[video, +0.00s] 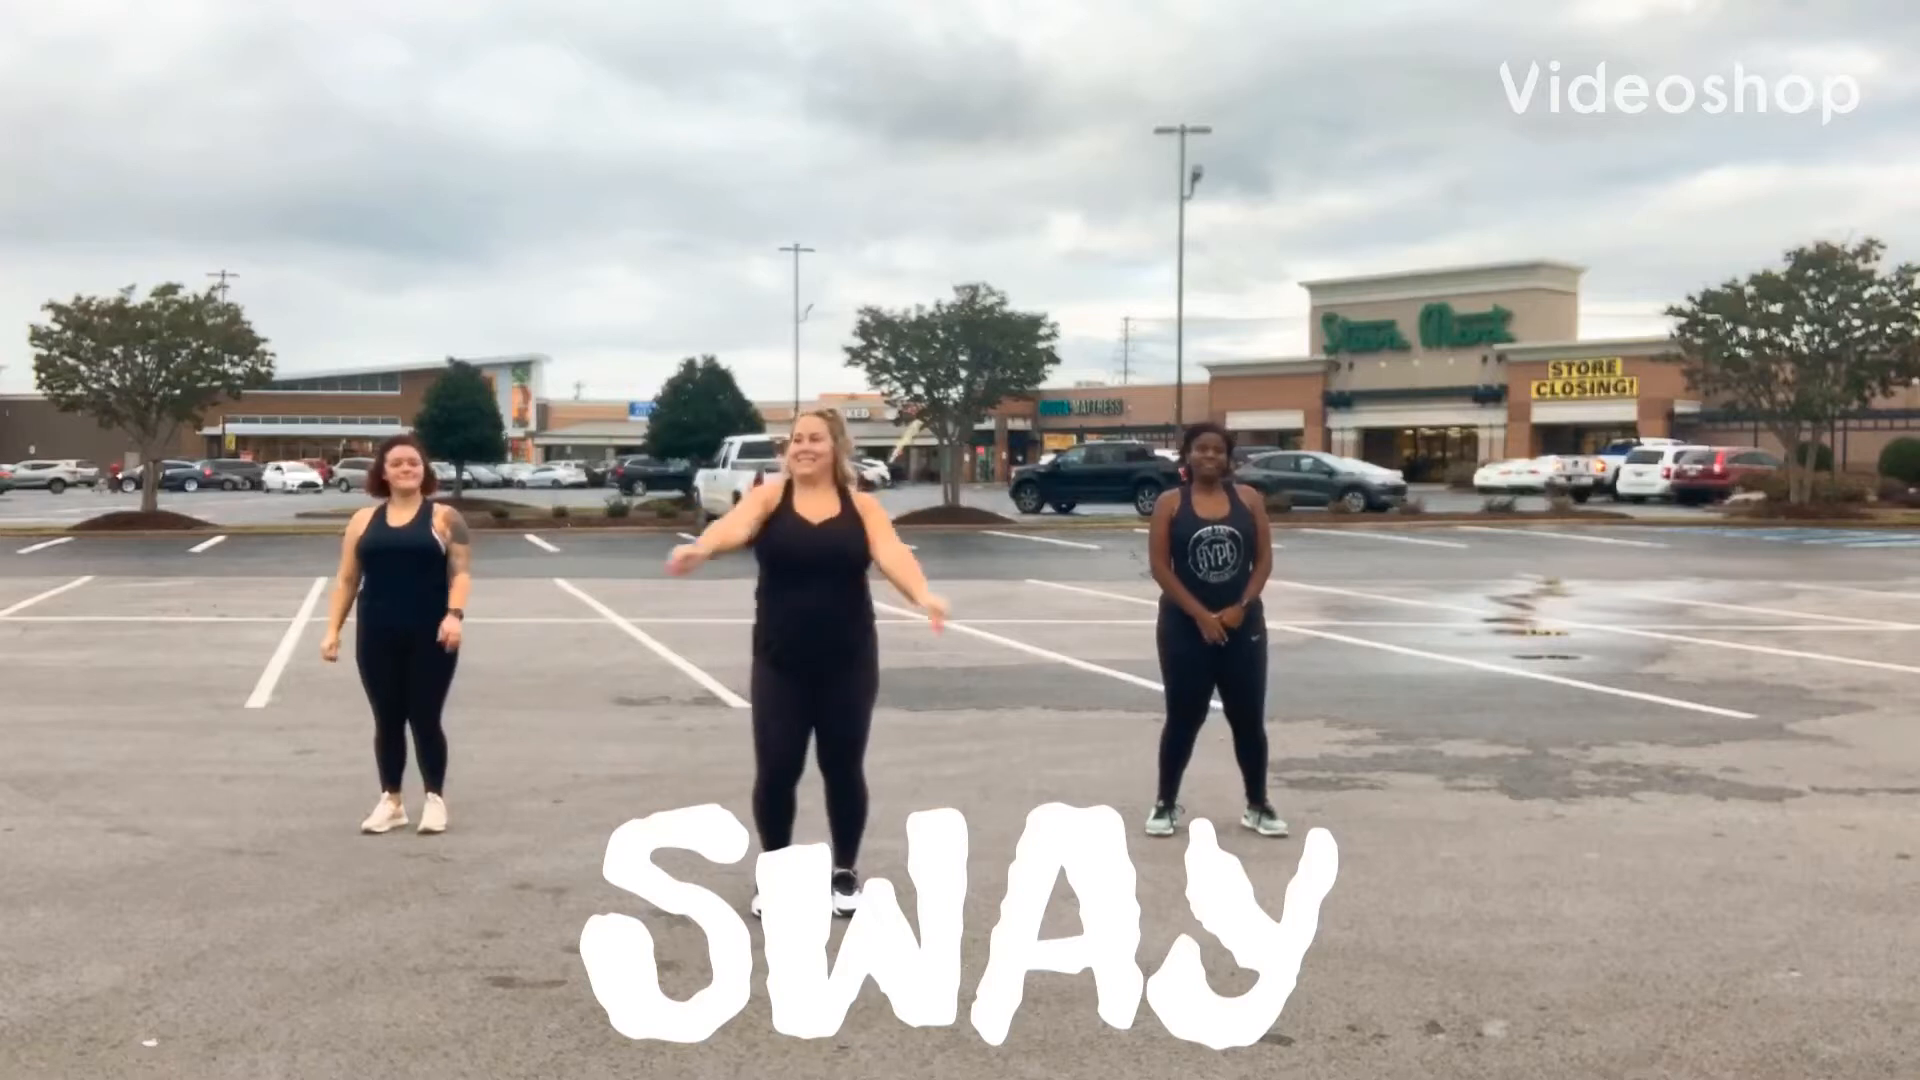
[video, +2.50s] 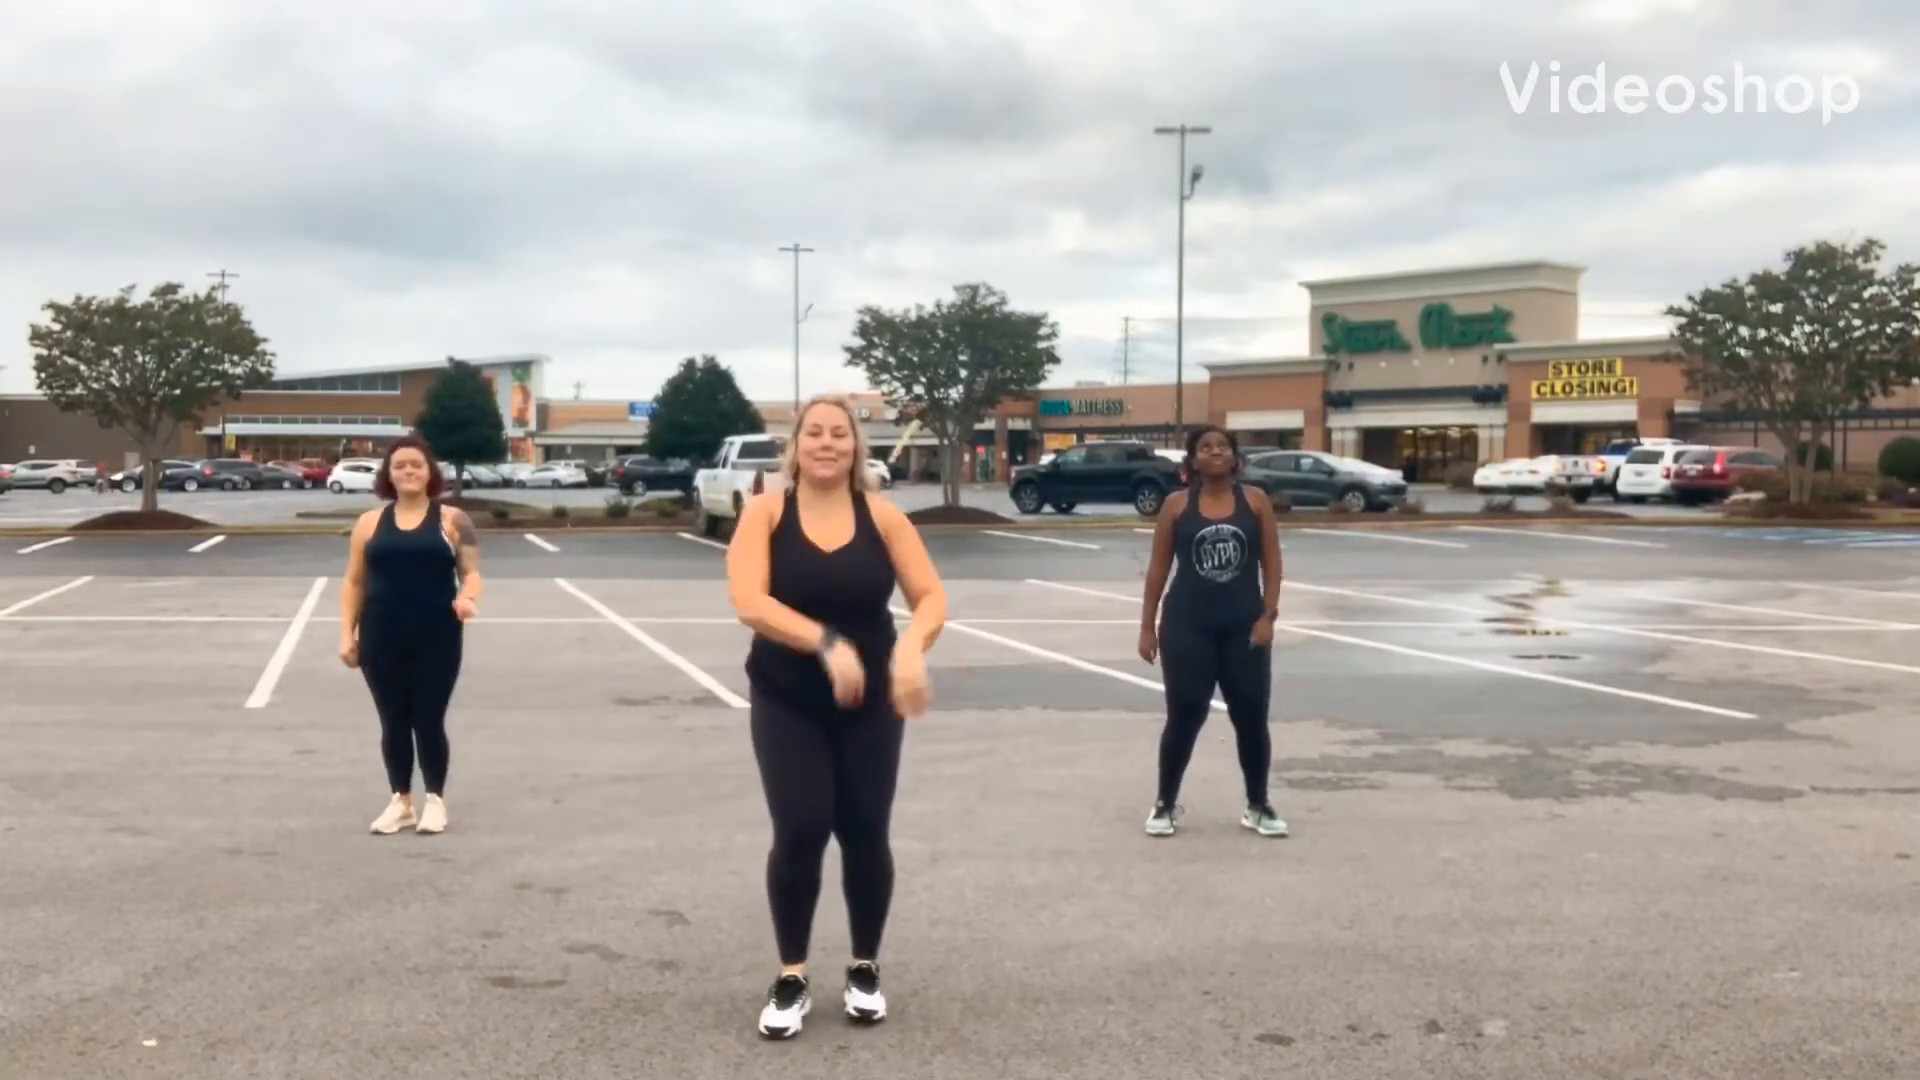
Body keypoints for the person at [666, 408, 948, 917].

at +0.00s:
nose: (804, 446)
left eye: (815, 438)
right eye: (797, 438)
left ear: (837, 449)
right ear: (787, 448)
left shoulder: (861, 506)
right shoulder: (768, 495)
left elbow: (891, 552)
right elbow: (734, 526)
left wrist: (921, 593)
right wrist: (702, 547)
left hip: (848, 662)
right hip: (780, 661)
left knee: (843, 770)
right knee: (775, 775)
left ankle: (845, 871)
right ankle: (772, 875)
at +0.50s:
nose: (795, 448)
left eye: (805, 439)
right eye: (785, 439)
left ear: (820, 448)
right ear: (770, 448)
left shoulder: (845, 505)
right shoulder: (744, 504)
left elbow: (862, 575)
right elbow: (728, 576)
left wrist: (872, 637)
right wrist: (725, 631)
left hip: (826, 658)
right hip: (755, 658)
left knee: (824, 767)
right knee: (765, 772)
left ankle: (839, 863)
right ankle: (769, 873)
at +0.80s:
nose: (803, 450)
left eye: (813, 442)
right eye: (794, 442)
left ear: (829, 451)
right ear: (778, 450)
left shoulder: (851, 510)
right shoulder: (749, 507)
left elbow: (897, 568)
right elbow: (714, 561)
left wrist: (942, 575)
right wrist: (689, 597)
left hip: (834, 670)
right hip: (763, 670)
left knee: (832, 779)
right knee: (770, 778)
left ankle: (845, 892)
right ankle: (772, 879)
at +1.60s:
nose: (819, 451)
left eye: (830, 441)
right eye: (809, 441)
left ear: (848, 452)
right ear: (792, 452)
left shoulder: (877, 516)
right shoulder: (761, 517)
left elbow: (919, 590)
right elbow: (714, 576)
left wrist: (898, 657)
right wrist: (732, 625)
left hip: (861, 703)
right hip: (780, 701)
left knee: (853, 828)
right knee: (786, 833)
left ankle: (849, 915)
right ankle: (784, 975)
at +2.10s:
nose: (814, 436)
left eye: (826, 425)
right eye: (802, 426)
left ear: (844, 439)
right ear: (782, 440)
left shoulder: (870, 502)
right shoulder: (752, 509)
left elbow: (928, 542)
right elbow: (681, 579)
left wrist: (929, 578)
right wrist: (732, 574)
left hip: (858, 701)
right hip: (772, 704)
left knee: (855, 838)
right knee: (783, 841)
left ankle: (863, 974)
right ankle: (787, 981)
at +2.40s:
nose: (824, 439)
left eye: (836, 430)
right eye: (813, 430)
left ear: (854, 444)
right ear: (794, 442)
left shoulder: (883, 508)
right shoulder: (765, 510)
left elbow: (958, 569)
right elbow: (727, 598)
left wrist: (944, 610)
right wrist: (796, 571)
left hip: (869, 702)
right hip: (786, 703)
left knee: (863, 832)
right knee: (799, 829)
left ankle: (862, 970)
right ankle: (790, 976)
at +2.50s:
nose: (826, 443)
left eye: (838, 434)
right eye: (814, 433)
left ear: (856, 446)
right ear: (795, 445)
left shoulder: (882, 514)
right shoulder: (764, 511)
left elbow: (931, 598)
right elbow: (749, 602)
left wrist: (909, 648)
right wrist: (827, 642)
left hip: (870, 699)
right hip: (787, 701)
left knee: (865, 833)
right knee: (801, 829)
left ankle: (865, 970)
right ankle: (791, 975)